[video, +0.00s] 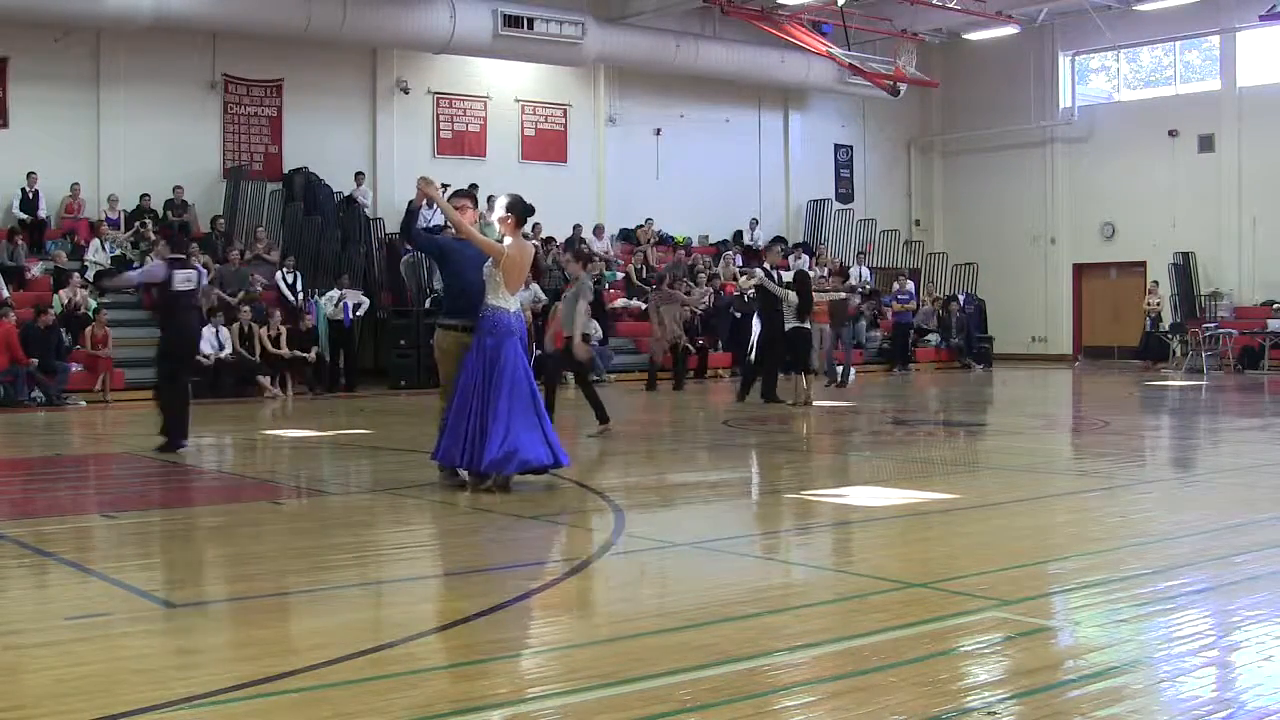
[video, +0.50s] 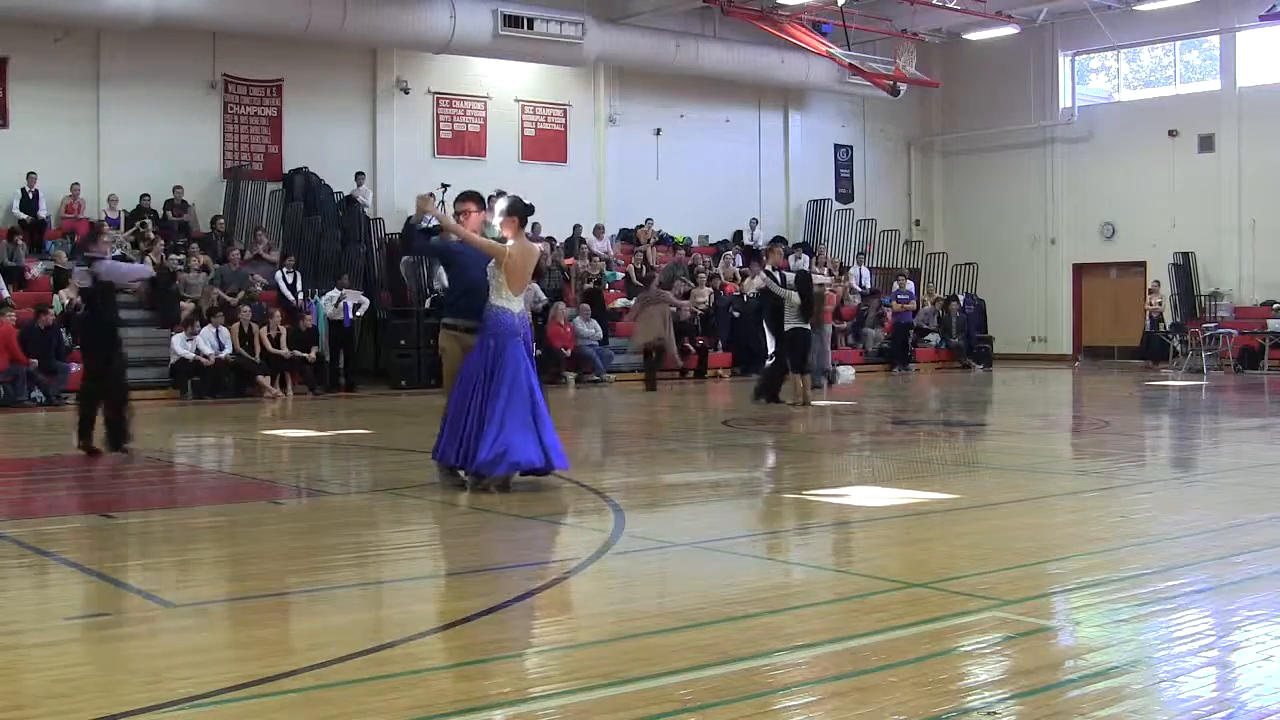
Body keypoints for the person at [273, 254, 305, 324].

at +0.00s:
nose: (290, 263)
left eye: (292, 261)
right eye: (288, 261)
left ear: (294, 263)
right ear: (284, 262)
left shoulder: (297, 274)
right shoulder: (279, 274)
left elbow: (299, 287)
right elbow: (283, 288)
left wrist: (300, 299)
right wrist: (292, 300)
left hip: (295, 297)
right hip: (284, 298)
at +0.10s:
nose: (290, 263)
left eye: (292, 261)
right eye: (288, 261)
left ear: (294, 263)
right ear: (284, 262)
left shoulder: (297, 274)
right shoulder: (279, 274)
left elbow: (299, 287)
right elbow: (283, 288)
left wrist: (300, 299)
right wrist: (292, 300)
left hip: (296, 298)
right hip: (284, 298)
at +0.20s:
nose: (291, 263)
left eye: (293, 261)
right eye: (289, 261)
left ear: (294, 262)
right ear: (285, 262)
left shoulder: (297, 274)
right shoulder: (279, 274)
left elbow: (299, 287)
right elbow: (284, 289)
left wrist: (300, 299)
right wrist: (292, 300)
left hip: (295, 298)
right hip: (284, 299)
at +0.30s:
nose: (291, 263)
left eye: (293, 261)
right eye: (289, 261)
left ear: (295, 262)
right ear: (284, 262)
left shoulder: (297, 274)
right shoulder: (279, 274)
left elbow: (299, 287)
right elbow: (284, 289)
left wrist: (300, 299)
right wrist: (292, 300)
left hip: (295, 298)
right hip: (284, 299)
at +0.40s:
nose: (291, 263)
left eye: (293, 261)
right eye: (289, 261)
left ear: (295, 262)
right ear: (284, 261)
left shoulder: (297, 274)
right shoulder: (279, 274)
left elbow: (299, 287)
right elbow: (283, 289)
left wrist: (300, 299)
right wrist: (292, 300)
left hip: (295, 297)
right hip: (284, 298)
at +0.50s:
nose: (291, 263)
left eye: (293, 261)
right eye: (289, 261)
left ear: (295, 262)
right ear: (284, 262)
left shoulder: (297, 274)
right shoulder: (279, 274)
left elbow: (299, 287)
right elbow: (283, 289)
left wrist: (300, 298)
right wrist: (292, 299)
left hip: (295, 297)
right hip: (284, 298)